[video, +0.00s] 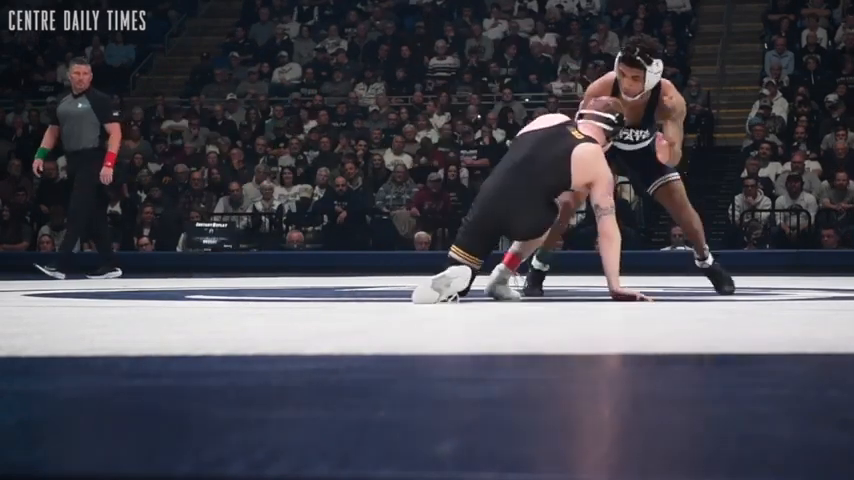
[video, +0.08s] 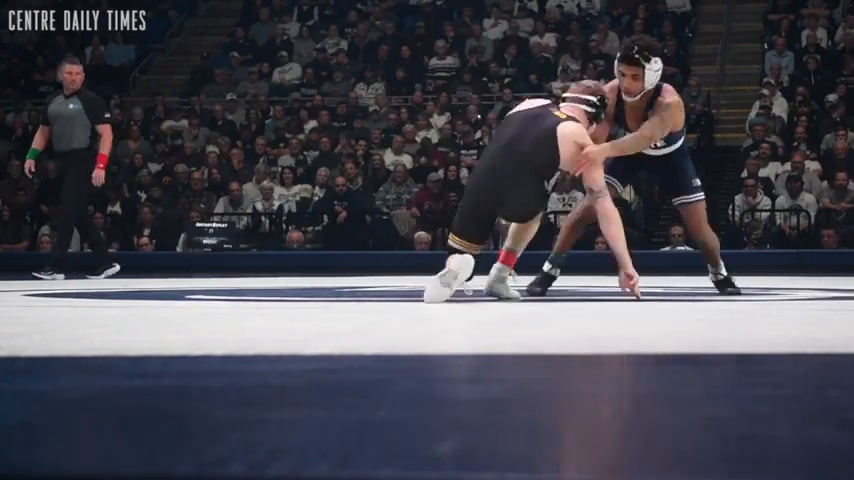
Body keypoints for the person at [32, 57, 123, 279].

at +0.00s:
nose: (81, 78)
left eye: (85, 74)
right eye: (77, 74)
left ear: (91, 76)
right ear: (69, 76)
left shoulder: (99, 100)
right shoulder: (62, 103)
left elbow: (115, 132)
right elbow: (52, 131)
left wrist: (109, 164)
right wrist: (40, 155)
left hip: (94, 160)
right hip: (74, 162)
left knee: (78, 209)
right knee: (93, 212)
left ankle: (60, 264)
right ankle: (109, 263)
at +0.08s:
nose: (74, 78)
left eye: (78, 74)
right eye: (69, 73)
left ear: (83, 76)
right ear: (60, 76)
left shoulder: (91, 101)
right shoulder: (53, 102)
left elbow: (106, 134)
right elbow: (43, 132)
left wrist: (101, 166)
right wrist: (31, 156)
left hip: (82, 161)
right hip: (63, 161)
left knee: (68, 209)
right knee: (79, 213)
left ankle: (56, 266)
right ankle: (106, 261)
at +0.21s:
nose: (60, 76)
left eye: (65, 71)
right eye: (56, 71)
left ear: (70, 75)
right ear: (48, 73)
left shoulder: (77, 99)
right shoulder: (38, 99)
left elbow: (90, 133)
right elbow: (29, 129)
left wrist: (83, 165)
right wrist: (19, 155)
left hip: (67, 159)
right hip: (44, 159)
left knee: (57, 210)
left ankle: (55, 267)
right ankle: (86, 248)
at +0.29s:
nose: (52, 74)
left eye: (56, 70)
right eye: (48, 69)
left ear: (62, 73)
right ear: (39, 71)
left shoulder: (70, 97)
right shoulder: (30, 97)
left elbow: (81, 132)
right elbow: (21, 127)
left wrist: (71, 162)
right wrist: (12, 155)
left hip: (60, 156)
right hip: (35, 157)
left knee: (53, 207)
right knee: (35, 207)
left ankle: (56, 264)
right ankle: (66, 240)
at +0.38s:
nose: (44, 73)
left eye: (49, 68)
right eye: (40, 68)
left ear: (54, 71)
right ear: (31, 70)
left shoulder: (61, 95)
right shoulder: (23, 95)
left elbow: (72, 129)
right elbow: (13, 126)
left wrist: (58, 158)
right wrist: (4, 154)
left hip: (51, 158)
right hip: (27, 158)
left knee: (52, 207)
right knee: (24, 209)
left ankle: (56, 263)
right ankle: (39, 259)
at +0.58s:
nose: (22, 73)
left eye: (26, 68)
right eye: (18, 68)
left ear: (32, 71)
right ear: (9, 70)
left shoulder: (41, 94)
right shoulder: (3, 95)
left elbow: (52, 128)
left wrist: (33, 154)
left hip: (31, 157)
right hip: (6, 159)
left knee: (42, 206)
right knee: (7, 208)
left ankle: (52, 263)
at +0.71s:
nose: (5, 72)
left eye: (9, 68)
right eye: (2, 67)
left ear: (15, 70)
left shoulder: (21, 94)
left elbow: (36, 128)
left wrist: (21, 157)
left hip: (15, 156)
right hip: (5, 157)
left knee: (26, 207)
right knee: (22, 208)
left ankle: (51, 262)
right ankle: (48, 261)